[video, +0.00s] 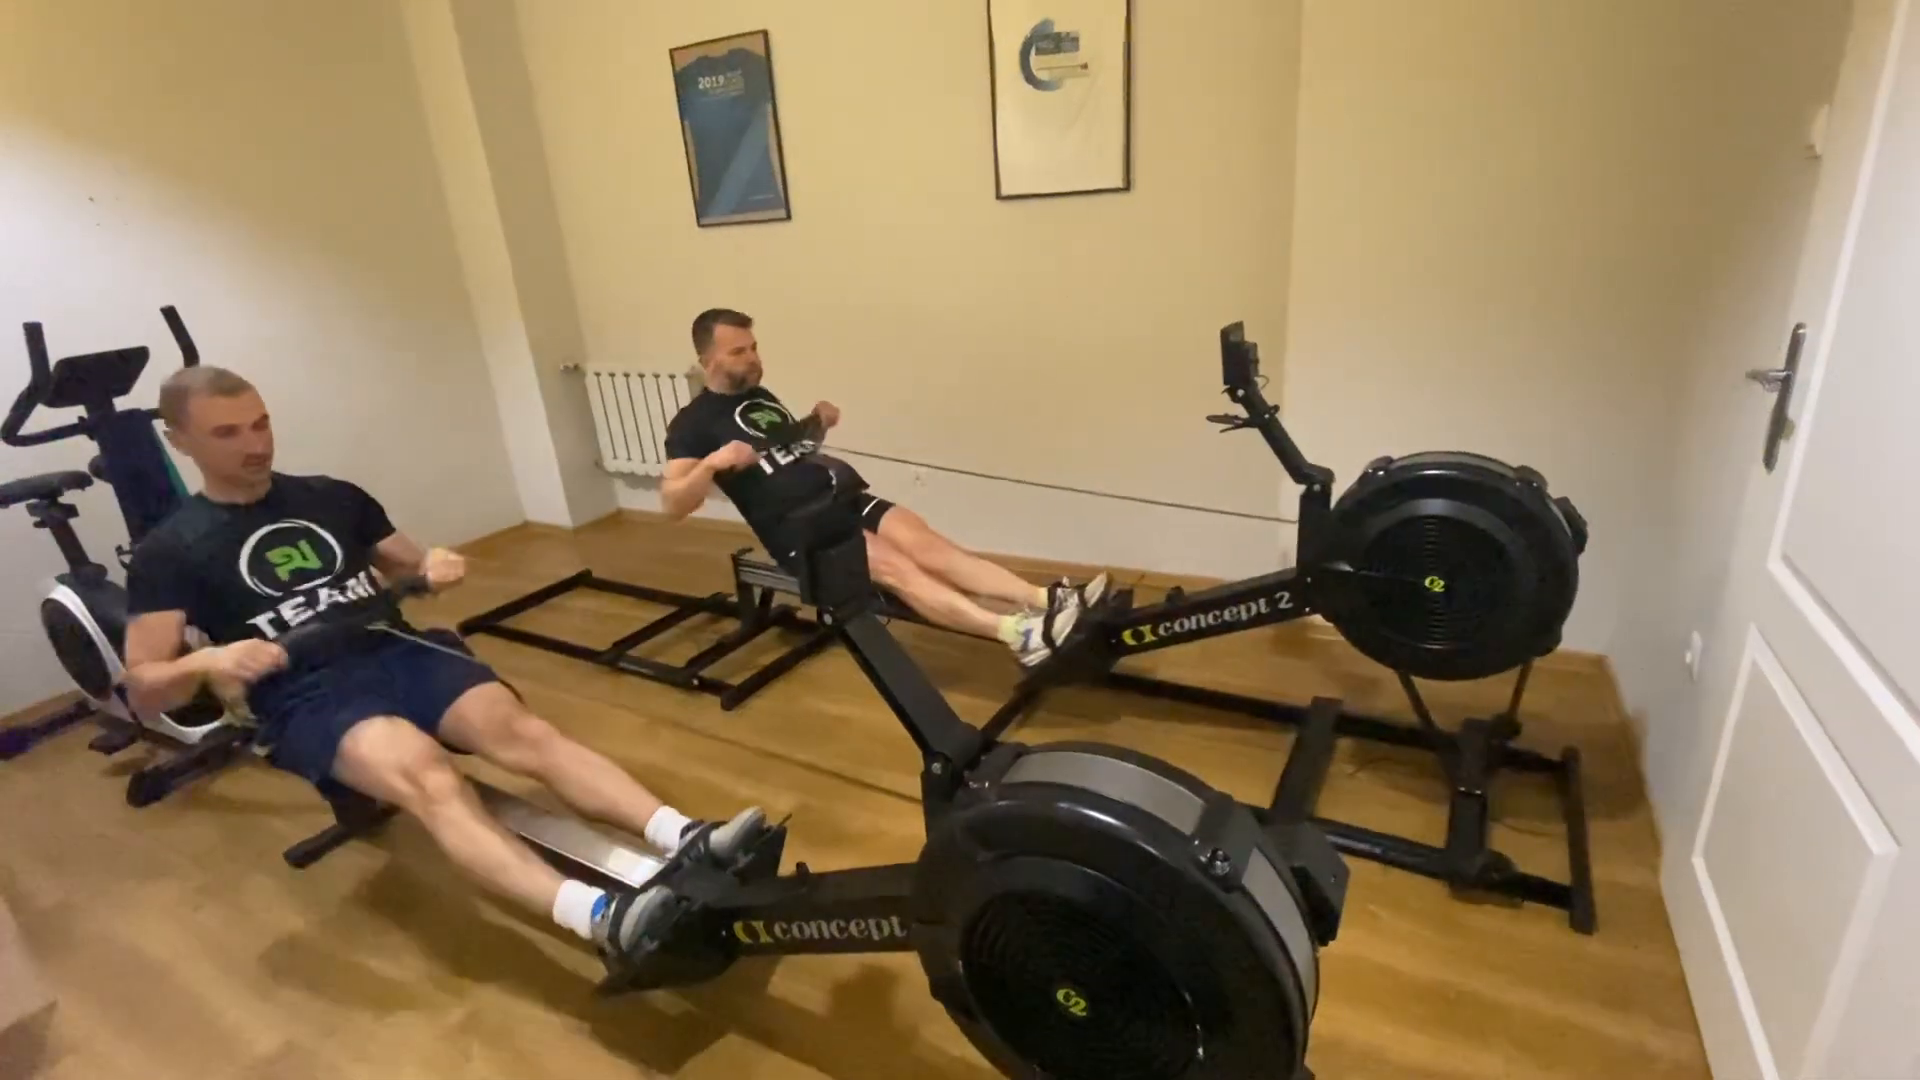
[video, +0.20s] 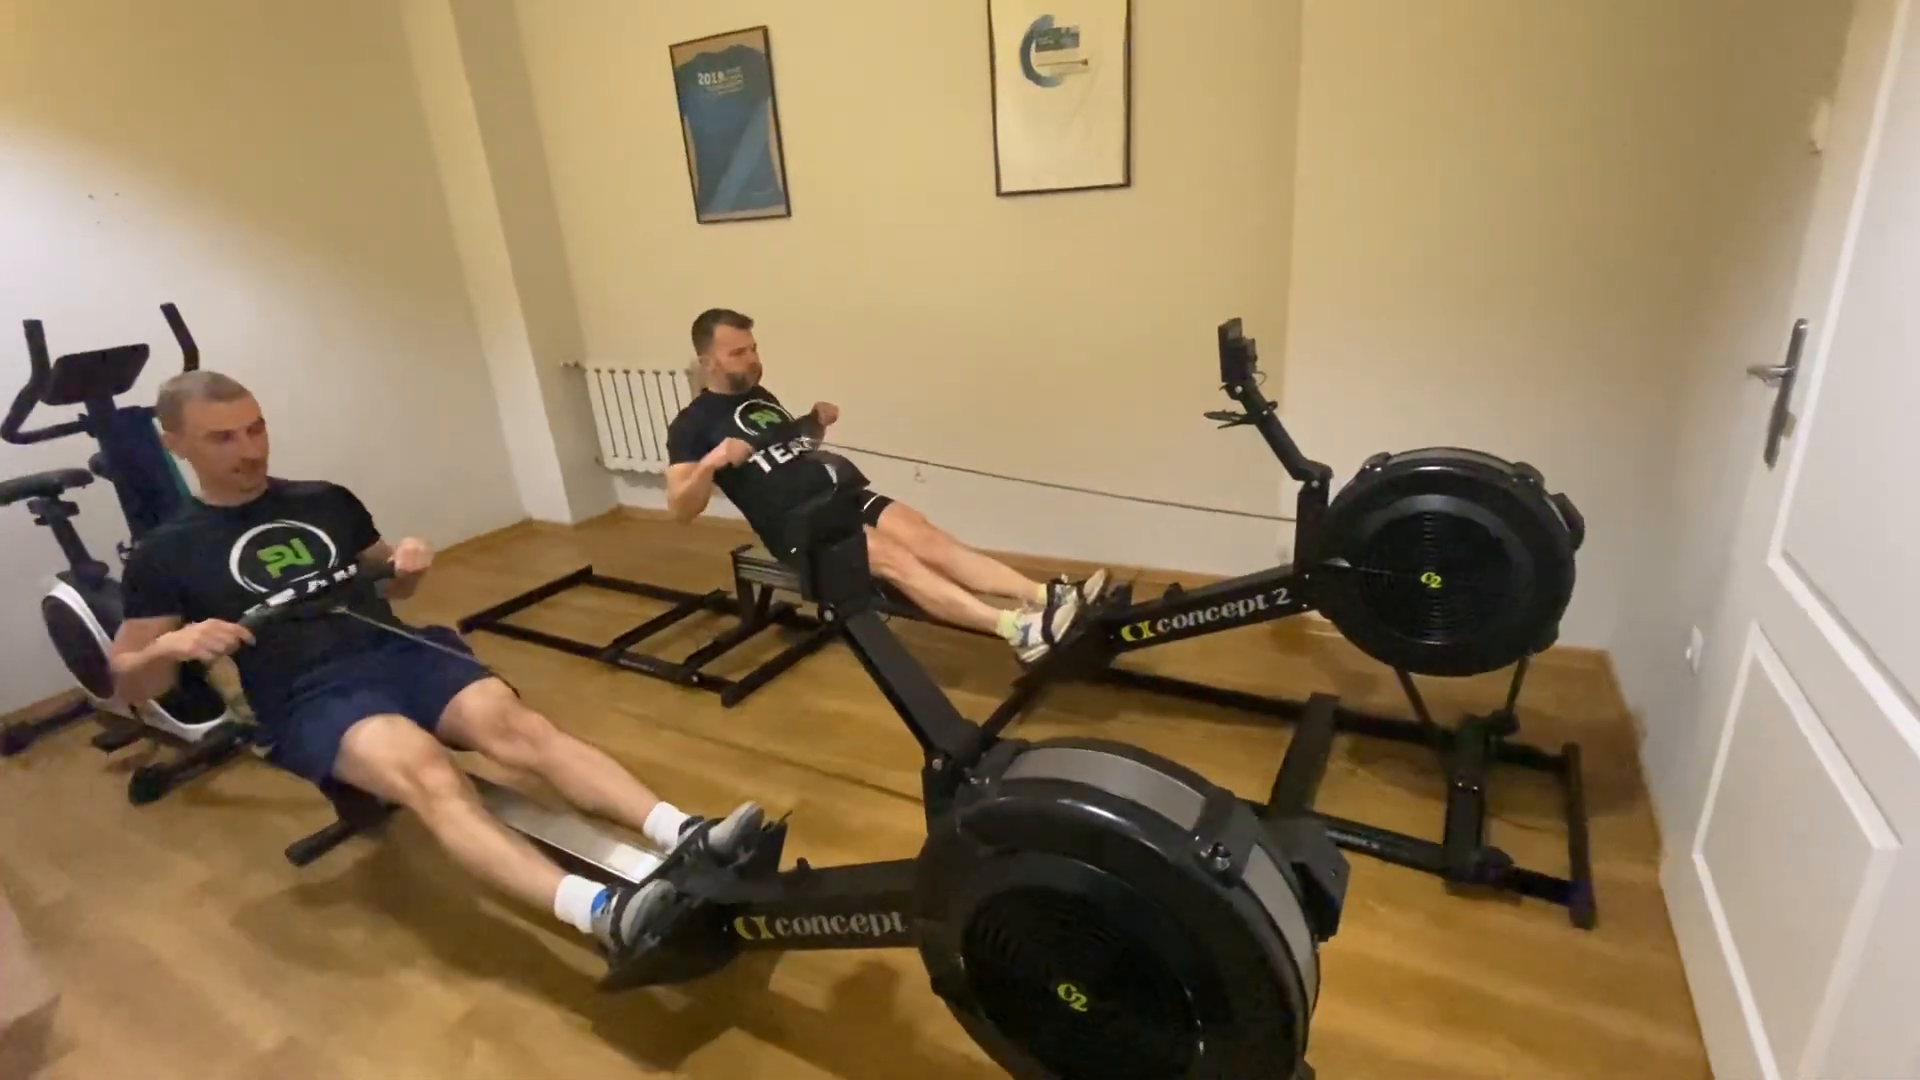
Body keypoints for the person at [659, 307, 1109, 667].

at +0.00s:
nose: (753, 360)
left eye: (754, 349)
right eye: (740, 352)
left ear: (752, 348)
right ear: (706, 358)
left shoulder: (761, 397)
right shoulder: (690, 424)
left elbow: (788, 447)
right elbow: (673, 502)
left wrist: (814, 424)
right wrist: (710, 465)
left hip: (847, 501)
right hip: (806, 533)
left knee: (931, 546)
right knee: (900, 571)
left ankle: (1047, 601)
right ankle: (1017, 635)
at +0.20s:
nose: (753, 361)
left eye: (753, 350)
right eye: (739, 353)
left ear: (752, 348)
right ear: (705, 359)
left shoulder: (760, 398)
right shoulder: (691, 424)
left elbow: (786, 448)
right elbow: (680, 505)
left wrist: (813, 423)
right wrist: (710, 464)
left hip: (846, 496)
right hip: (806, 527)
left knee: (927, 536)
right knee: (899, 563)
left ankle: (1047, 598)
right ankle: (1015, 630)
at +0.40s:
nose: (764, 339)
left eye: (764, 329)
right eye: (751, 332)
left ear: (764, 330)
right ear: (719, 339)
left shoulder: (774, 382)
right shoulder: (701, 401)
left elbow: (800, 436)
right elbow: (686, 488)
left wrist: (834, 418)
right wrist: (727, 453)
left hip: (847, 492)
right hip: (801, 522)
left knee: (920, 525)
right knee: (891, 552)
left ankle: (1035, 591)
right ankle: (1005, 622)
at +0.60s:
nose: (777, 331)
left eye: (777, 320)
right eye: (763, 323)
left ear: (776, 320)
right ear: (730, 332)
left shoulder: (786, 374)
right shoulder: (711, 393)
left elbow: (824, 422)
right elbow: (697, 475)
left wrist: (857, 417)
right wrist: (760, 452)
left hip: (841, 494)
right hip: (792, 522)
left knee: (914, 515)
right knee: (885, 542)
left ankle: (1023, 587)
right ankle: (995, 619)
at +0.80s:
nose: (790, 329)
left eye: (791, 318)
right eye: (778, 321)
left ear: (791, 319)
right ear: (745, 330)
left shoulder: (798, 373)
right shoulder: (725, 389)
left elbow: (844, 416)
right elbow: (720, 469)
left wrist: (884, 422)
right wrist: (787, 460)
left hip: (833, 491)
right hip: (783, 514)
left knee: (913, 494)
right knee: (875, 513)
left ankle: (1009, 581)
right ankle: (975, 610)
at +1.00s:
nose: (798, 327)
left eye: (798, 317)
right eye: (785, 320)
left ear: (800, 316)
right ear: (751, 329)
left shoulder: (809, 370)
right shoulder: (733, 388)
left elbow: (867, 412)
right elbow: (746, 467)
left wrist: (913, 420)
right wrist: (816, 468)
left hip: (836, 490)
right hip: (785, 511)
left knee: (915, 475)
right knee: (873, 491)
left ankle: (988, 573)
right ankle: (953, 601)